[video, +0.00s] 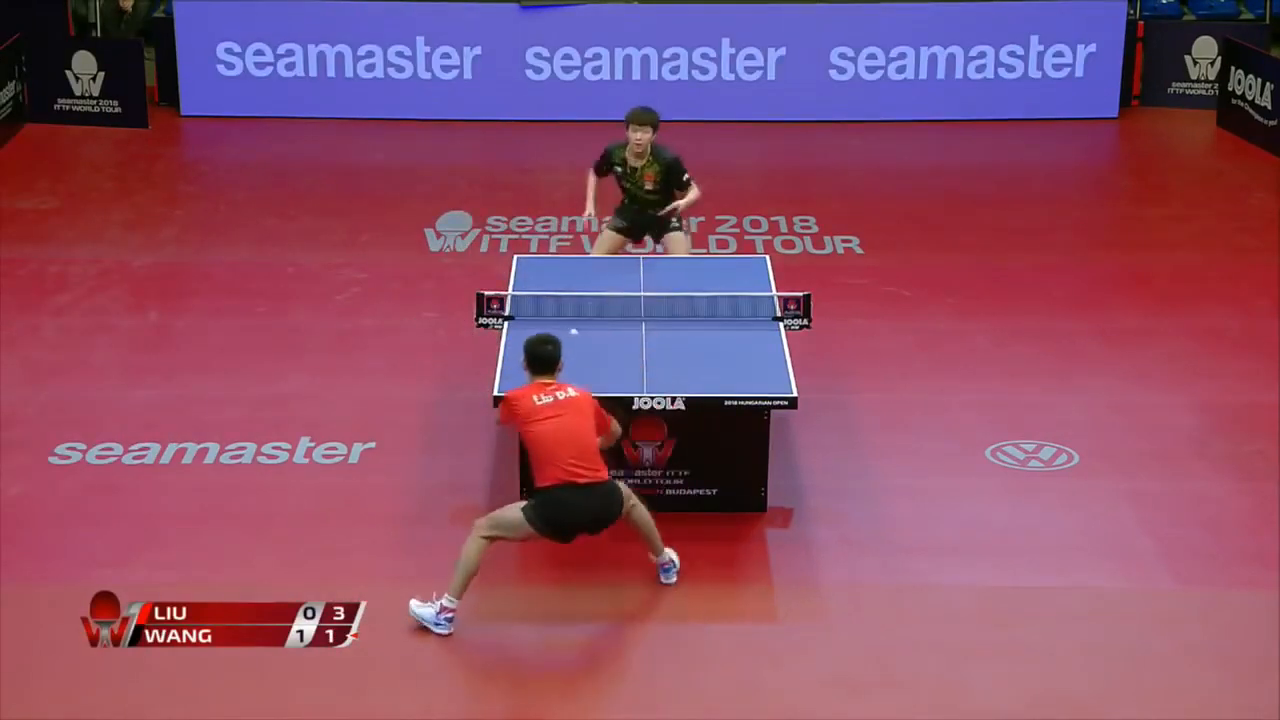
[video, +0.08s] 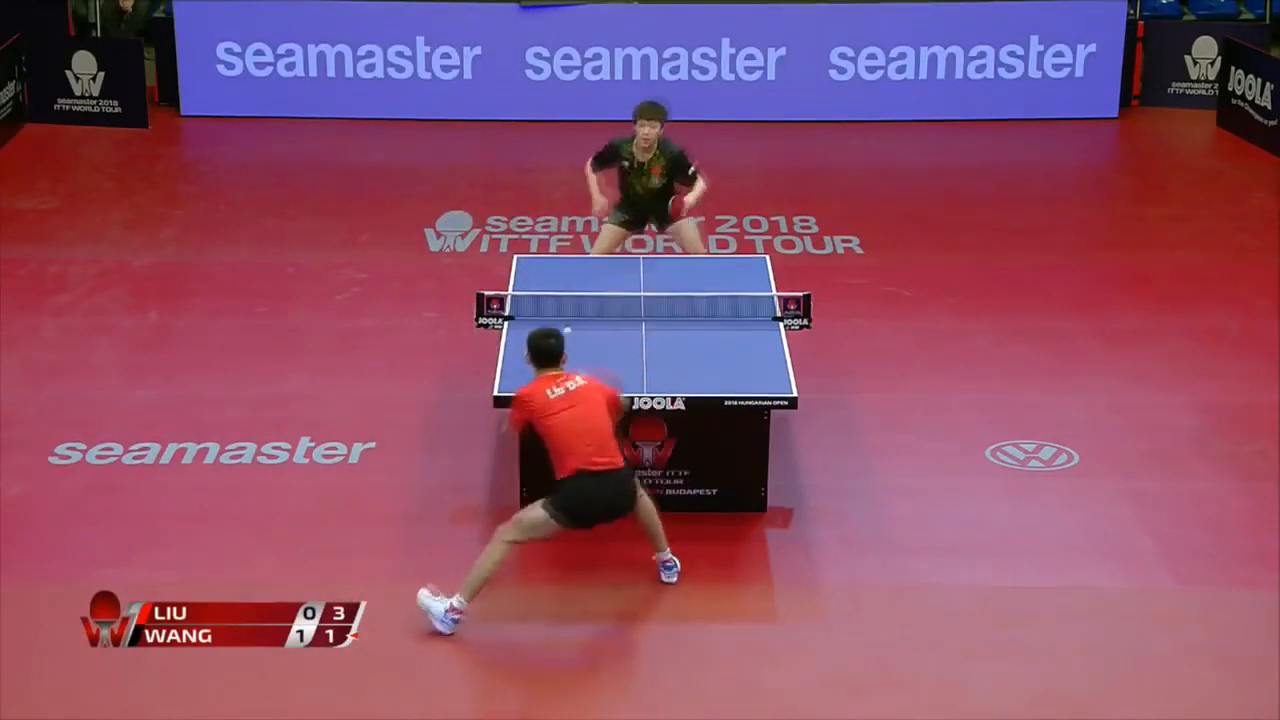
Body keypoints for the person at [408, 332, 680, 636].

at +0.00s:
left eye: (528, 361)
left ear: (526, 365)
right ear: (560, 365)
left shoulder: (514, 401)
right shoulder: (583, 397)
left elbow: (503, 421)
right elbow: (614, 431)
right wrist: (590, 447)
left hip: (555, 506)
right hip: (601, 502)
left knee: (484, 528)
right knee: (627, 497)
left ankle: (445, 609)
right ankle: (665, 560)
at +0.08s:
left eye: (531, 357)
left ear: (530, 360)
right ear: (563, 357)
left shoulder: (527, 396)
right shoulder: (591, 384)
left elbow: (512, 431)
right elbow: (620, 405)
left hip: (578, 494)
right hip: (621, 488)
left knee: (508, 534)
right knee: (637, 490)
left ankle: (453, 609)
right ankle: (668, 561)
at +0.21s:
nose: (533, 346)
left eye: (533, 341)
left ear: (536, 344)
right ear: (567, 337)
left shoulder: (548, 377)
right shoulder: (594, 353)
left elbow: (542, 430)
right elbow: (602, 345)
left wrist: (519, 448)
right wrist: (597, 327)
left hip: (585, 463)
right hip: (624, 458)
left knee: (534, 536)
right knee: (647, 490)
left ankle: (475, 607)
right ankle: (668, 560)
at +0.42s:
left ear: (542, 304)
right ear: (574, 303)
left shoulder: (543, 340)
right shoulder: (596, 335)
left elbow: (536, 397)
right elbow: (616, 385)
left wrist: (524, 441)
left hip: (558, 443)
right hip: (598, 439)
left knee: (502, 505)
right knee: (603, 469)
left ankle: (489, 591)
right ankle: (624, 535)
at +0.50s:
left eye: (538, 311)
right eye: (564, 310)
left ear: (536, 314)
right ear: (568, 314)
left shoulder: (533, 351)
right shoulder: (591, 351)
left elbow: (517, 394)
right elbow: (620, 398)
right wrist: (623, 387)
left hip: (554, 455)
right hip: (595, 451)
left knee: (487, 500)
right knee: (590, 479)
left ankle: (458, 586)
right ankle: (616, 543)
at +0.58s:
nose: (561, 318)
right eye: (561, 314)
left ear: (528, 317)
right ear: (560, 319)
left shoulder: (515, 354)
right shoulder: (581, 359)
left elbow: (475, 378)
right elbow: (617, 398)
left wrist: (445, 376)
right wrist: (623, 384)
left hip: (532, 462)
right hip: (575, 460)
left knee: (467, 498)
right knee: (589, 481)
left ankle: (451, 585)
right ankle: (617, 543)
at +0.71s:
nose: (550, 323)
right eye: (551, 319)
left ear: (518, 319)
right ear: (549, 323)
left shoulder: (495, 352)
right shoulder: (565, 361)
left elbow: (456, 394)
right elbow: (603, 397)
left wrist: (450, 412)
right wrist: (607, 378)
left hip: (495, 458)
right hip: (541, 462)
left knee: (437, 490)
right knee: (590, 501)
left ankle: (419, 568)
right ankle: (628, 567)